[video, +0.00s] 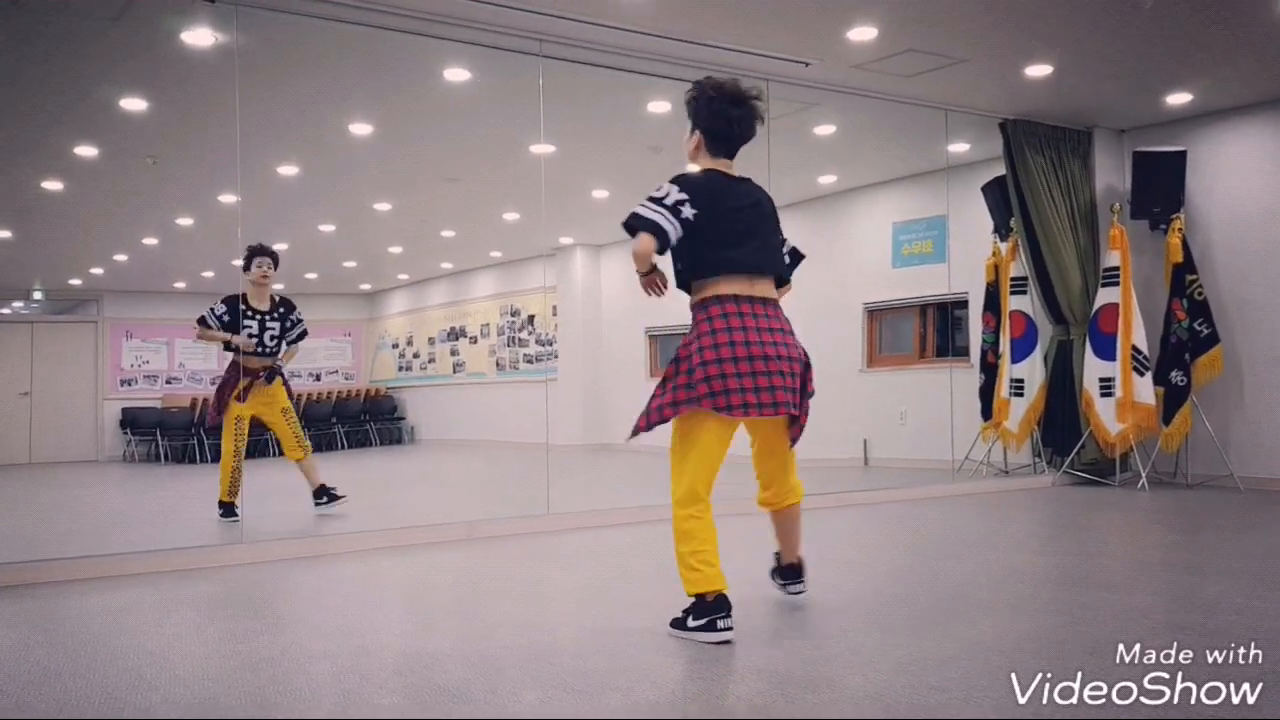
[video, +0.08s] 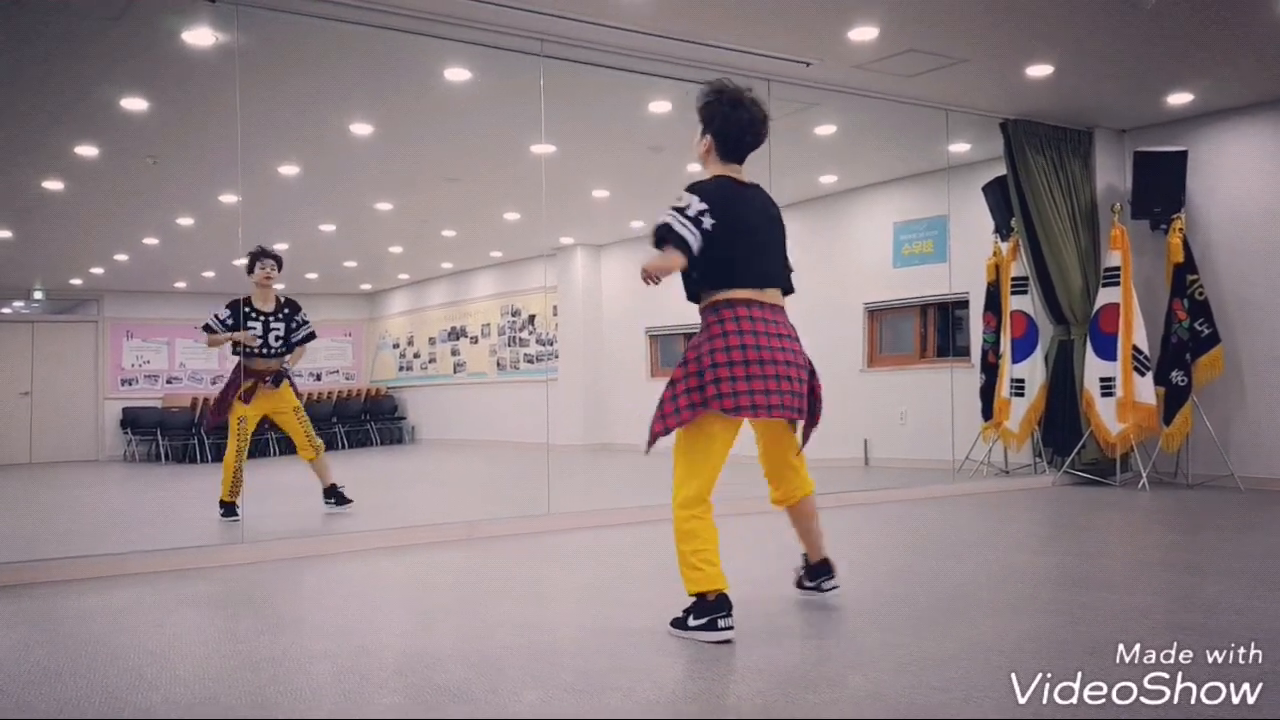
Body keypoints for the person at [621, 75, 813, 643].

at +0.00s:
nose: (686, 139)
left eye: (688, 130)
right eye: (691, 130)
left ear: (696, 137)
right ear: (741, 142)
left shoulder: (684, 189)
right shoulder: (759, 198)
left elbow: (645, 245)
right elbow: (786, 272)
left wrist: (645, 269)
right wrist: (752, 304)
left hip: (715, 341)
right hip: (775, 338)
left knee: (691, 488)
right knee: (778, 467)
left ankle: (709, 601)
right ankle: (792, 564)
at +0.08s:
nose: (696, 142)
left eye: (699, 134)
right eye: (699, 134)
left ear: (706, 141)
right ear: (751, 146)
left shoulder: (704, 195)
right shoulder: (767, 203)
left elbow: (674, 257)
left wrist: (654, 266)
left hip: (725, 340)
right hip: (779, 338)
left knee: (692, 487)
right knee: (786, 464)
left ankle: (709, 599)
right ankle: (819, 561)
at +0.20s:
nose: (719, 145)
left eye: (722, 136)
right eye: (721, 135)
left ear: (733, 143)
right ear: (770, 147)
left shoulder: (742, 200)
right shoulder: (782, 201)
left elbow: (738, 285)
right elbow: (787, 286)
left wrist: (680, 265)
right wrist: (710, 275)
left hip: (756, 340)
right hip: (797, 340)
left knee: (713, 480)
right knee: (802, 475)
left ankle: (715, 599)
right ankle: (858, 567)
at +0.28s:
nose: (730, 139)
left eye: (734, 130)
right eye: (734, 129)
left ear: (745, 138)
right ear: (781, 141)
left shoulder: (763, 197)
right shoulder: (791, 196)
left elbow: (760, 281)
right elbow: (803, 281)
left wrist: (697, 261)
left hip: (780, 343)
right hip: (812, 341)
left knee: (741, 471)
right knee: (819, 470)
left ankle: (726, 589)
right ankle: (863, 575)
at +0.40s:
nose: (756, 135)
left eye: (758, 125)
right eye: (759, 125)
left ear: (769, 132)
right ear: (805, 132)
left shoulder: (785, 192)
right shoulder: (818, 188)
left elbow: (773, 275)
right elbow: (827, 266)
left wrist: (712, 244)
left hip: (807, 328)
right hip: (844, 323)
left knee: (798, 459)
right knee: (852, 459)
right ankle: (869, 576)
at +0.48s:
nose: (767, 135)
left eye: (768, 126)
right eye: (769, 125)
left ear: (778, 131)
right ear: (817, 130)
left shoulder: (790, 189)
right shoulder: (834, 182)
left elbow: (763, 270)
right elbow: (856, 236)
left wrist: (709, 237)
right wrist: (820, 262)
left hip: (816, 321)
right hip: (854, 315)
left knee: (820, 464)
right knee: (859, 453)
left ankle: (875, 569)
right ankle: (871, 565)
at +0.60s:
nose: (790, 138)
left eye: (792, 130)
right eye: (792, 130)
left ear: (801, 135)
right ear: (840, 135)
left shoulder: (797, 192)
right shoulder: (863, 188)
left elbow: (750, 261)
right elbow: (906, 227)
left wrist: (704, 251)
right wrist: (864, 262)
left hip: (838, 327)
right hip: (871, 321)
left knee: (875, 464)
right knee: (864, 464)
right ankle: (872, 573)